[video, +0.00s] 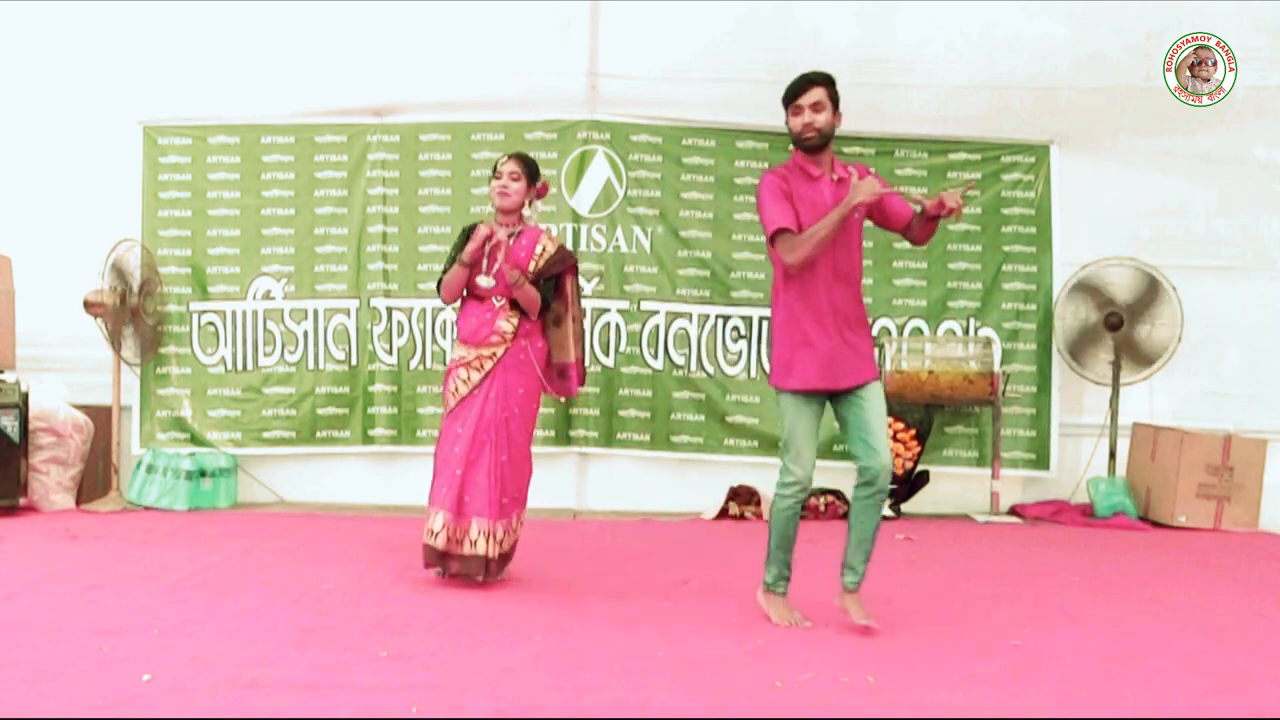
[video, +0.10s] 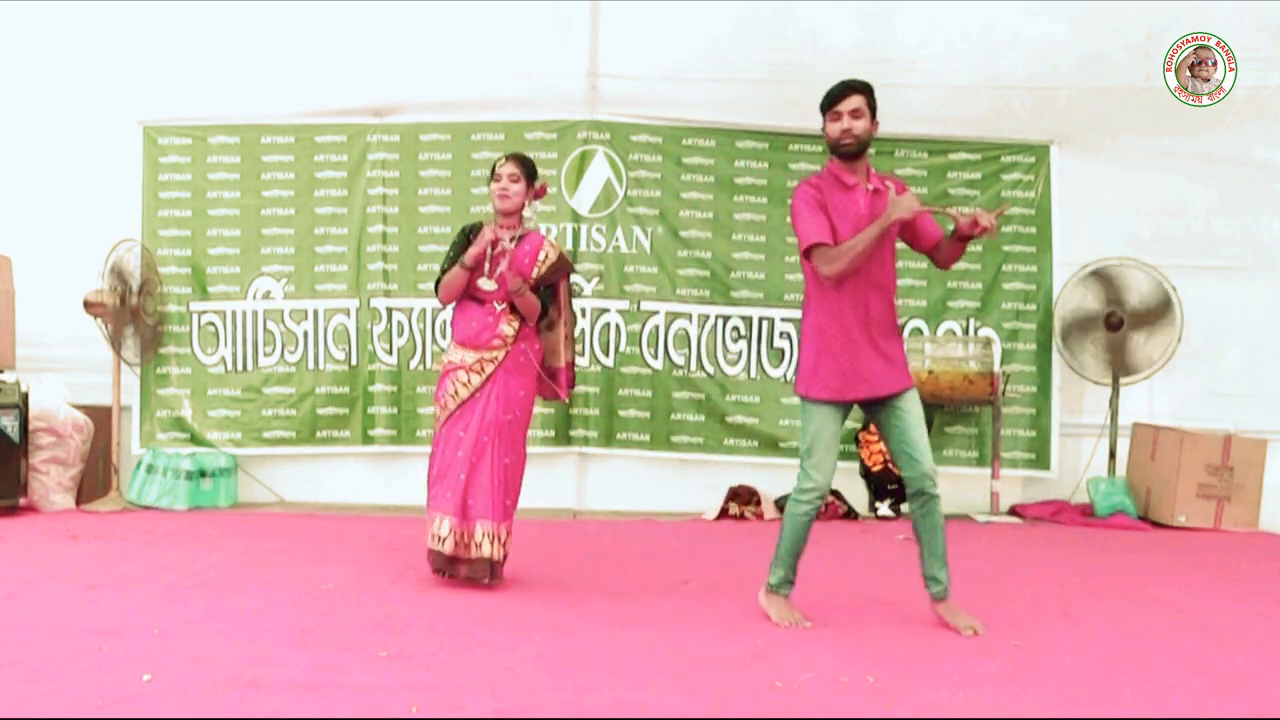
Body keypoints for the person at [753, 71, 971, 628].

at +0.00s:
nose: (807, 117)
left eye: (817, 108)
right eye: (797, 109)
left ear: (837, 117)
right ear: (786, 121)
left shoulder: (859, 177)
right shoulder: (777, 182)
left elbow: (915, 232)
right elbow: (791, 254)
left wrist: (933, 213)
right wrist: (850, 203)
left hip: (854, 349)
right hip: (799, 351)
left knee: (877, 466)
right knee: (798, 473)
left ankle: (852, 588)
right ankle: (774, 590)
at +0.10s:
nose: (847, 123)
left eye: (857, 115)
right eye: (837, 116)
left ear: (875, 126)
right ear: (824, 128)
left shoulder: (893, 191)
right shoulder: (810, 193)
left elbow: (941, 256)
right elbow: (827, 266)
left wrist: (962, 233)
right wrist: (889, 218)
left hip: (885, 357)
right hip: (828, 360)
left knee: (923, 478)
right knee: (815, 482)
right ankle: (776, 590)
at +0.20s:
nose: (905, 131)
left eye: (915, 123)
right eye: (895, 123)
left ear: (930, 135)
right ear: (879, 135)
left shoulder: (943, 204)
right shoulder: (861, 200)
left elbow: (980, 277)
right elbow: (879, 277)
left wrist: (1007, 253)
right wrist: (945, 240)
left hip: (939, 363)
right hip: (882, 365)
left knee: (969, 489)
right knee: (878, 488)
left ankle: (962, 603)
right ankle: (807, 577)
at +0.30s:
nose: (953, 121)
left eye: (962, 113)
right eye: (942, 112)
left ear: (974, 124)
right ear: (922, 121)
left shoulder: (978, 191)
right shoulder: (898, 183)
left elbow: (1015, 257)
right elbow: (923, 254)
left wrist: (1045, 228)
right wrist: (989, 216)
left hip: (980, 355)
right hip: (924, 354)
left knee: (995, 476)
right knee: (942, 474)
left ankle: (969, 591)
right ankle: (915, 576)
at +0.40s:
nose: (977, 116)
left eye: (987, 108)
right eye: (967, 106)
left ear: (997, 119)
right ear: (946, 114)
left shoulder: (996, 182)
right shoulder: (920, 175)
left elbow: (1033, 239)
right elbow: (949, 244)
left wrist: (1064, 210)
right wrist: (1008, 204)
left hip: (1004, 346)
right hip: (949, 347)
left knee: (1027, 464)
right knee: (968, 468)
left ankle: (1002, 586)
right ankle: (953, 587)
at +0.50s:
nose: (1006, 123)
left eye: (1015, 114)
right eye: (994, 114)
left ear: (1027, 124)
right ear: (975, 123)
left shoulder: (1033, 190)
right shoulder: (953, 190)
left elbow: (1068, 241)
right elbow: (980, 265)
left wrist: (1093, 211)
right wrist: (1041, 217)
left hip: (1035, 348)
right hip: (978, 349)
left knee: (1068, 474)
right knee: (984, 474)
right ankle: (950, 588)